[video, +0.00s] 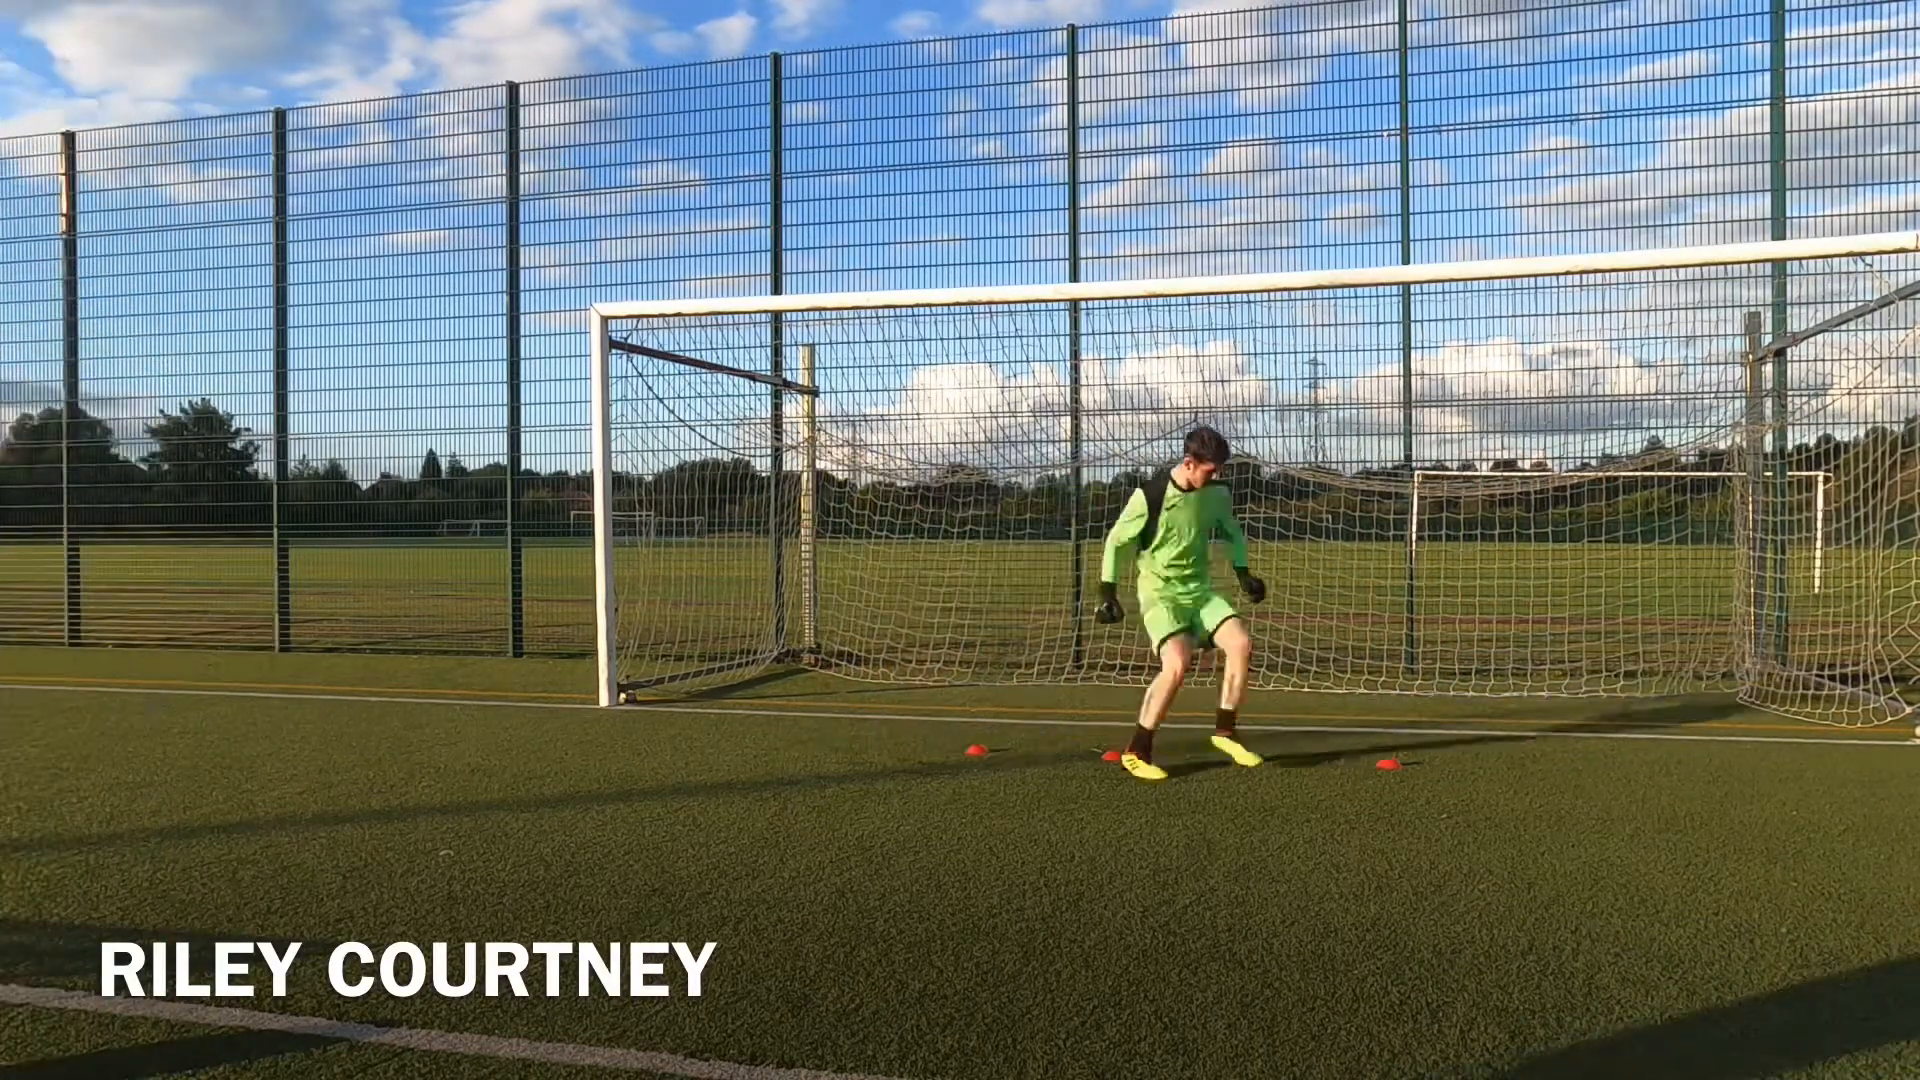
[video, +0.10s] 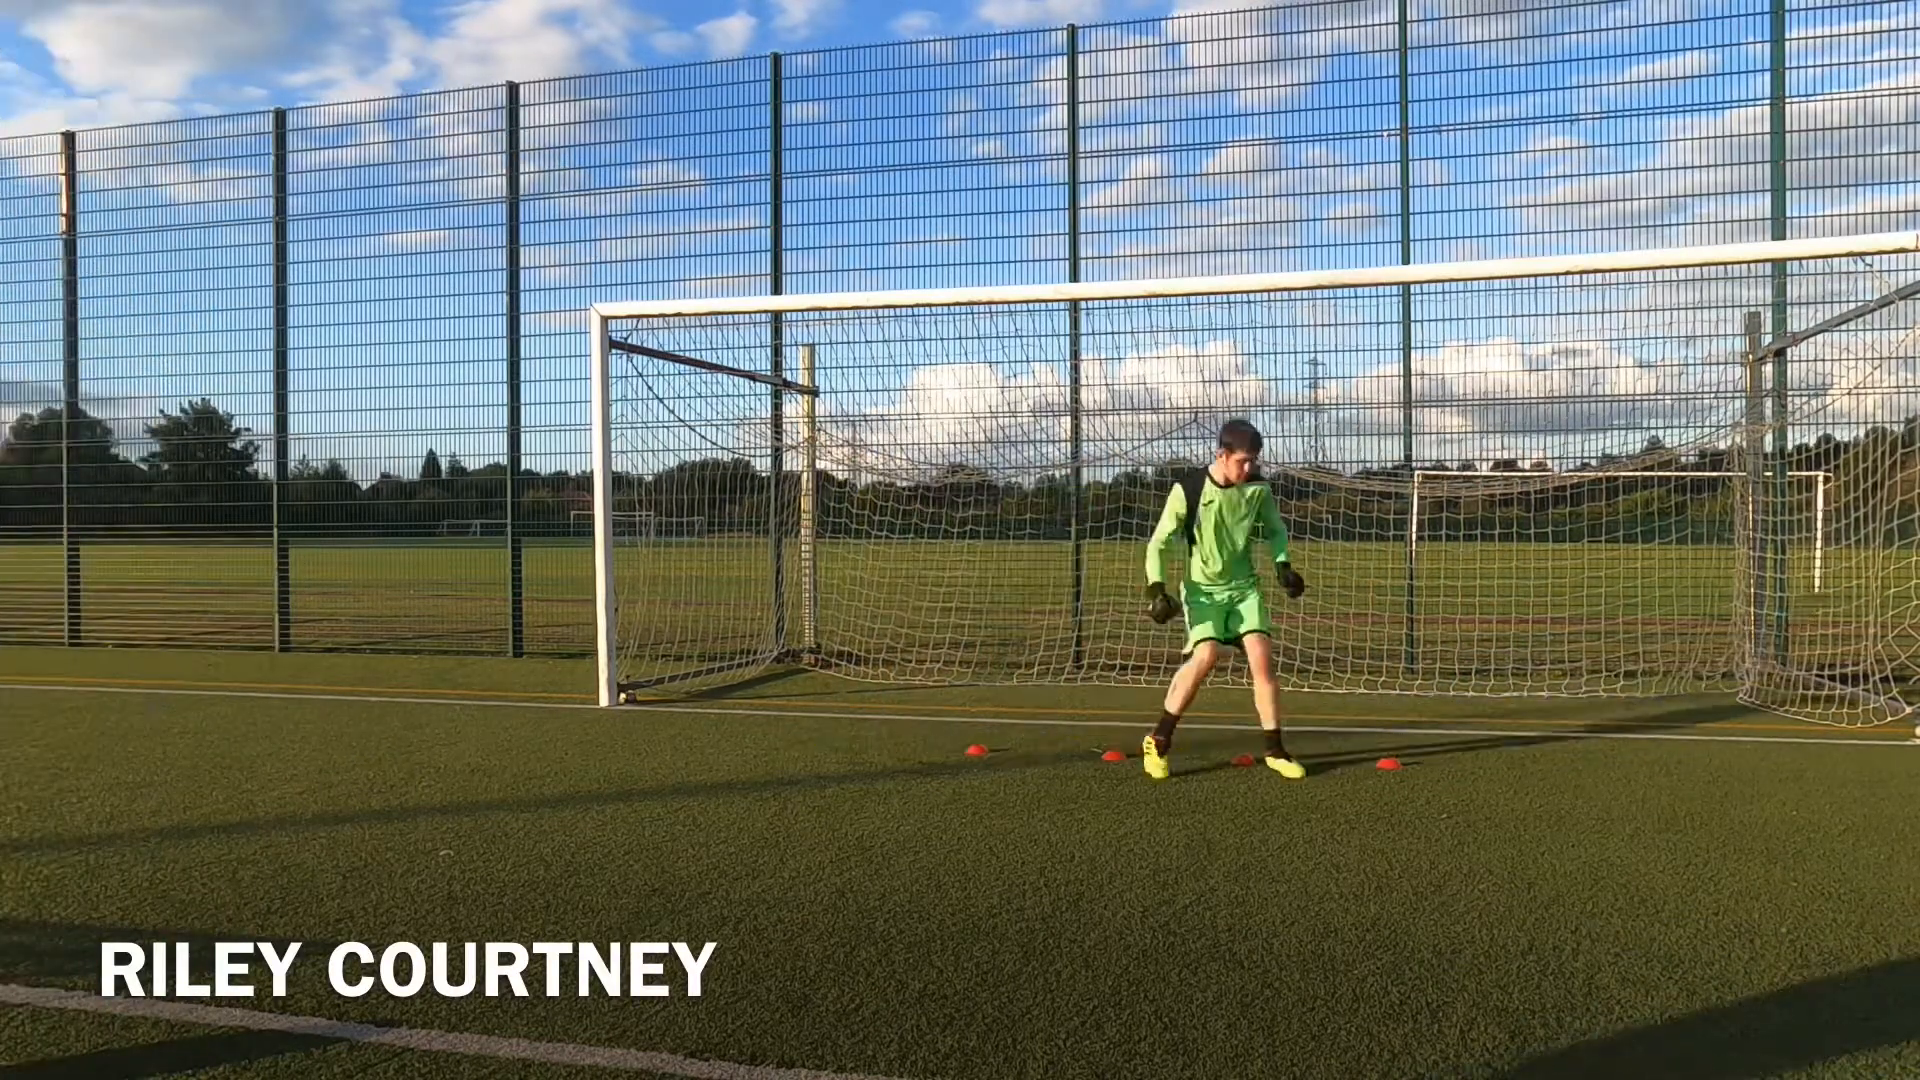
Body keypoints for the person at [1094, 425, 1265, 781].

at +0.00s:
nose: (1215, 476)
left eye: (1218, 469)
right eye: (1210, 469)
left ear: (1218, 465)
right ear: (1189, 462)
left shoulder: (1218, 495)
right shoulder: (1152, 495)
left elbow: (1233, 533)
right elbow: (1116, 539)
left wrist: (1243, 572)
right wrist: (1108, 593)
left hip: (1201, 591)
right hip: (1161, 594)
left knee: (1240, 643)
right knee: (1177, 663)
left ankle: (1225, 732)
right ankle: (1137, 751)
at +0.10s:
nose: (1250, 469)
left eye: (1254, 461)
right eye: (1244, 461)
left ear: (1256, 458)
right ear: (1222, 454)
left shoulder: (1258, 491)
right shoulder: (1189, 490)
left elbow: (1276, 532)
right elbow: (1157, 543)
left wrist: (1283, 565)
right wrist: (1156, 587)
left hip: (1245, 590)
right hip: (1203, 592)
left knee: (1261, 657)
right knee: (1205, 657)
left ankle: (1275, 750)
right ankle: (1158, 742)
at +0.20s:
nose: (1267, 443)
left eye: (1274, 436)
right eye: (1260, 435)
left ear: (1282, 440)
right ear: (1247, 435)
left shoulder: (1294, 479)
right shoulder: (1221, 477)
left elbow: (1301, 517)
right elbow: (1203, 533)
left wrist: (1306, 551)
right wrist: (1215, 566)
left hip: (1282, 579)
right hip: (1238, 577)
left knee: (1293, 647)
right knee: (1235, 640)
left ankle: (1289, 742)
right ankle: (1229, 717)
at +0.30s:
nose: (1288, 434)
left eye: (1296, 427)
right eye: (1282, 427)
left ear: (1308, 431)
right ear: (1272, 430)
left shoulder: (1325, 472)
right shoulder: (1253, 473)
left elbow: (1332, 516)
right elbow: (1246, 533)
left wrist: (1332, 546)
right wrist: (1274, 543)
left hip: (1314, 576)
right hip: (1268, 580)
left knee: (1332, 641)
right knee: (1274, 663)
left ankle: (1328, 725)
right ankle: (1272, 733)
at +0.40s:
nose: (1316, 433)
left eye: (1323, 426)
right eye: (1310, 426)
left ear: (1337, 431)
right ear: (1302, 431)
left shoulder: (1360, 476)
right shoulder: (1285, 480)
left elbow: (1372, 520)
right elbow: (1280, 537)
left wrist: (1371, 548)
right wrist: (1318, 544)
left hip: (1350, 584)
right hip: (1304, 592)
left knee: (1377, 653)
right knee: (1305, 672)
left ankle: (1397, 722)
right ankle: (1273, 735)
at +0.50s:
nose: (1348, 426)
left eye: (1356, 418)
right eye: (1342, 419)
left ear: (1372, 421)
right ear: (1335, 424)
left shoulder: (1400, 467)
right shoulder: (1323, 471)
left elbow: (1417, 512)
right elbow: (1309, 523)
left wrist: (1410, 544)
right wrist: (1334, 556)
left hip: (1394, 583)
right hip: (1343, 584)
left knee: (1411, 663)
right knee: (1330, 662)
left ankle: (1440, 737)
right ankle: (1289, 731)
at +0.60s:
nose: (1381, 416)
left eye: (1389, 409)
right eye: (1375, 409)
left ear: (1405, 411)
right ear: (1367, 414)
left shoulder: (1432, 456)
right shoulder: (1356, 458)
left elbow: (1458, 500)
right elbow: (1342, 508)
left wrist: (1447, 536)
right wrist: (1357, 543)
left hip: (1429, 568)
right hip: (1380, 568)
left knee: (1450, 651)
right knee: (1370, 650)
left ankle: (1454, 732)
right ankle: (1374, 704)